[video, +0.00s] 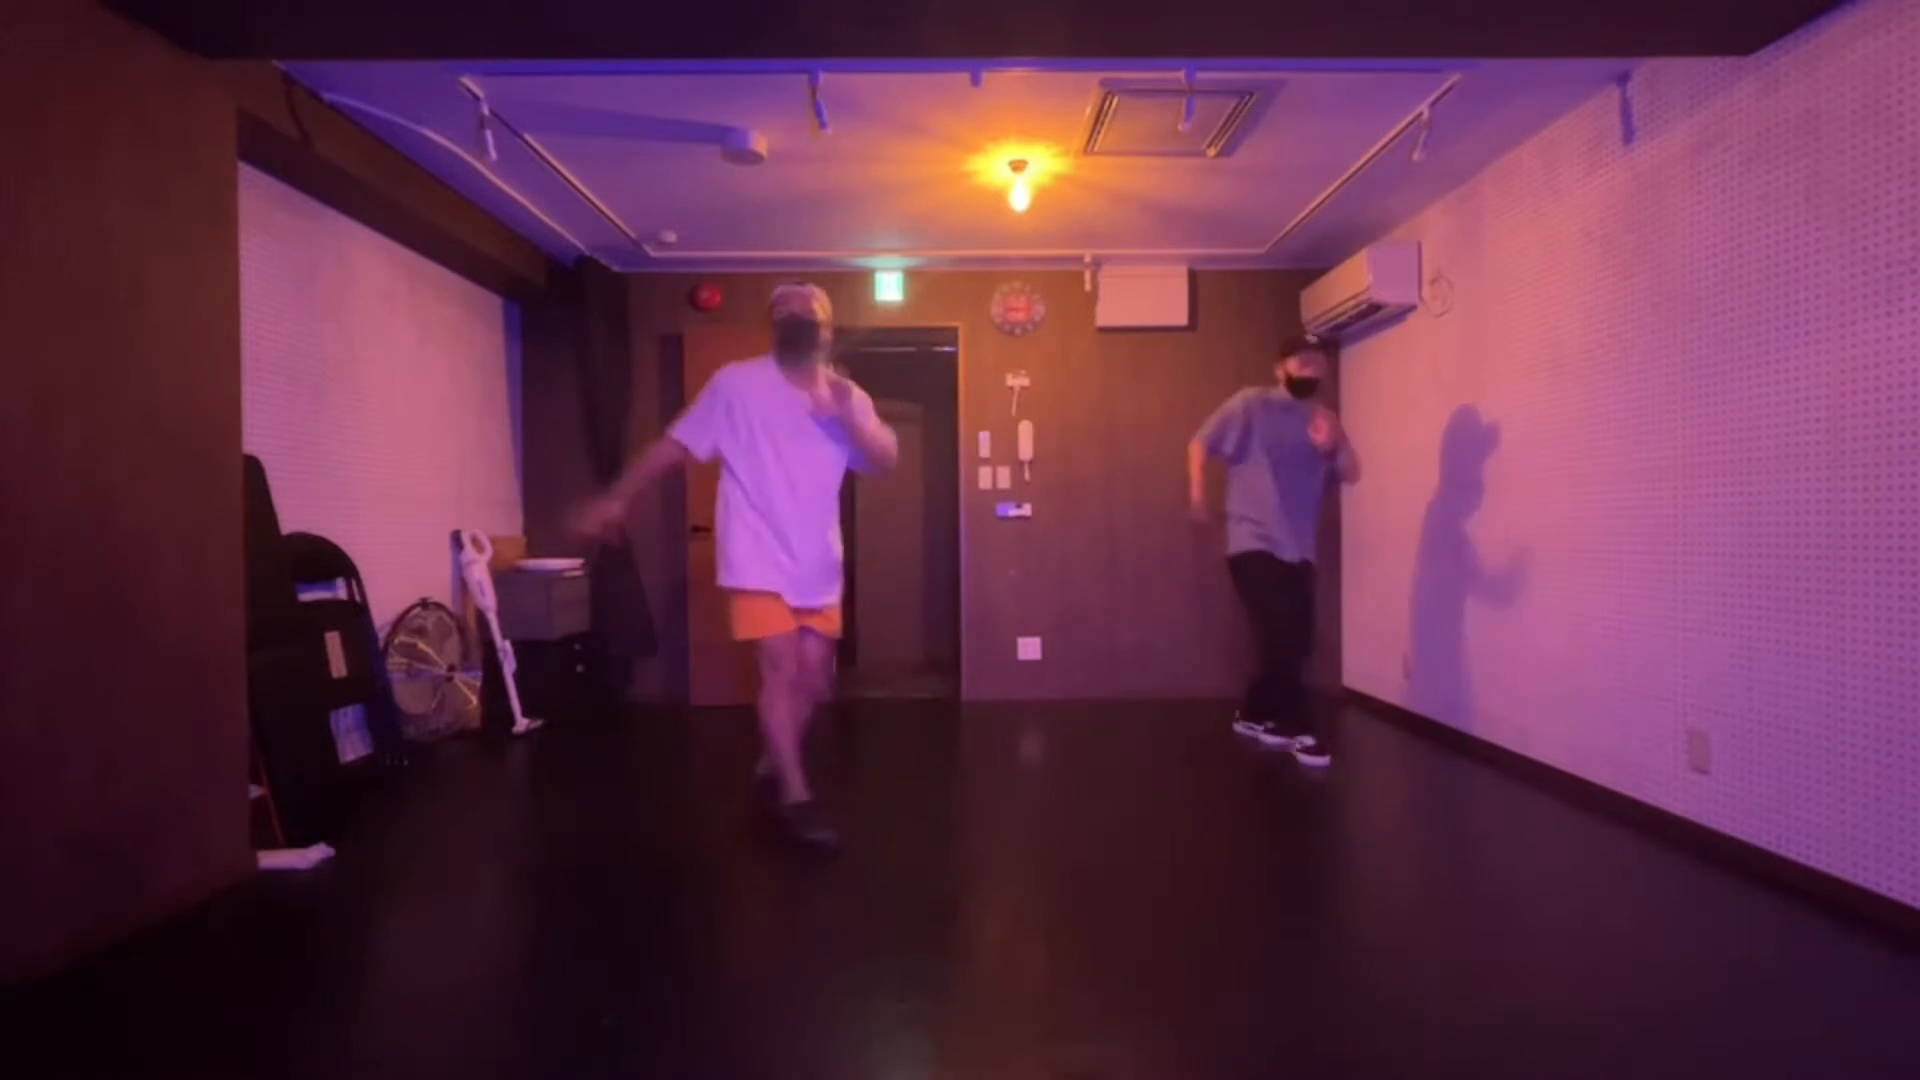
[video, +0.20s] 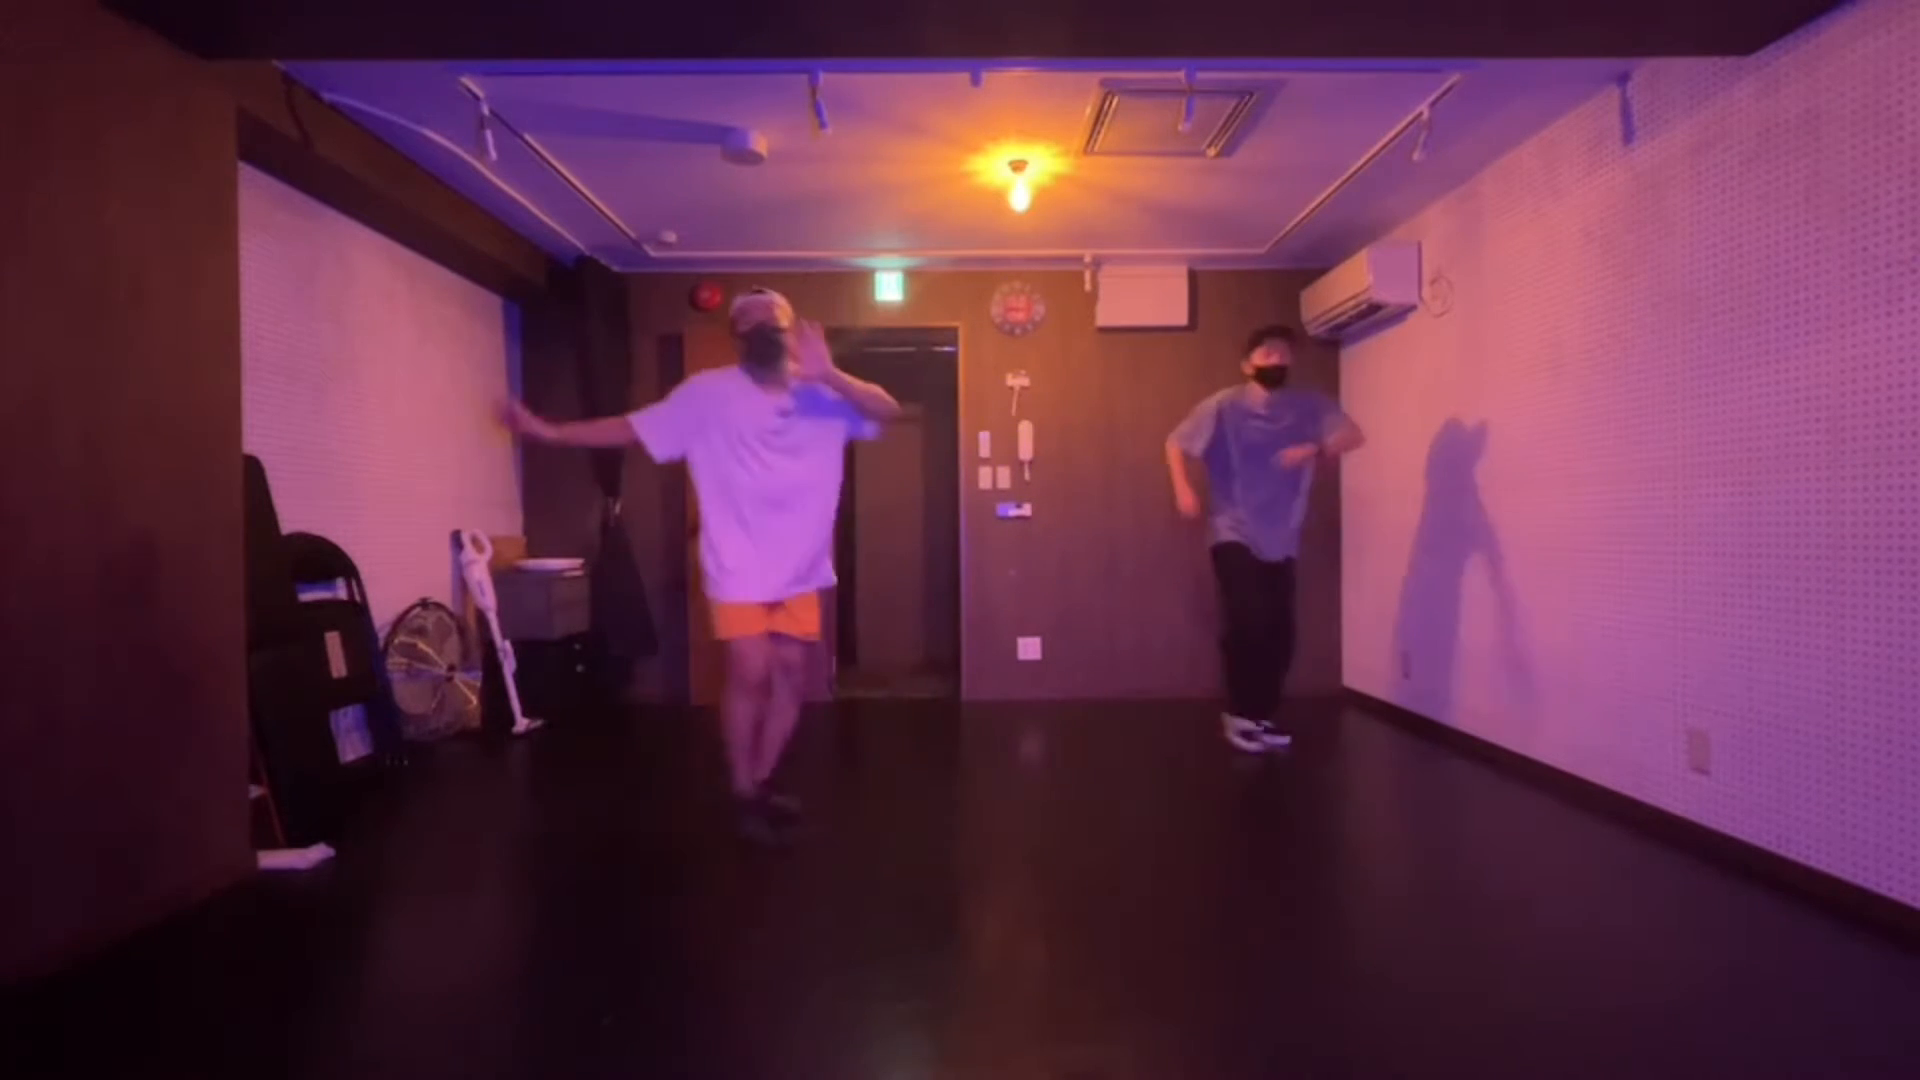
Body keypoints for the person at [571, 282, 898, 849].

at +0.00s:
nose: (800, 328)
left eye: (811, 320)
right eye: (790, 319)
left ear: (829, 330)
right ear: (774, 326)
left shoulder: (843, 393)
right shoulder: (737, 384)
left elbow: (886, 458)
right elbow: (673, 446)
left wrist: (847, 414)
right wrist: (617, 499)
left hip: (818, 555)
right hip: (756, 554)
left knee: (814, 673)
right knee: (780, 665)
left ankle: (769, 769)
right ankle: (795, 796)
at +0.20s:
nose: (764, 333)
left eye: (773, 324)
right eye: (751, 326)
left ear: (793, 333)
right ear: (735, 340)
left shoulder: (822, 395)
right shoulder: (709, 393)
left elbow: (889, 411)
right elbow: (630, 429)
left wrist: (829, 374)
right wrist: (551, 432)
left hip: (801, 566)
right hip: (735, 566)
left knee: (790, 675)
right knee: (750, 671)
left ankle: (759, 784)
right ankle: (742, 792)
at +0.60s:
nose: (682, 317)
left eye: (693, 306)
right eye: (673, 309)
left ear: (716, 315)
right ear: (661, 321)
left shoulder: (761, 370)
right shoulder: (642, 378)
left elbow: (826, 349)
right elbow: (568, 405)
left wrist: (759, 339)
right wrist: (513, 381)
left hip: (755, 548)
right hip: (682, 555)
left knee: (764, 659)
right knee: (681, 671)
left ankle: (761, 781)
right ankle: (678, 779)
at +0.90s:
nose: (635, 323)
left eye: (646, 312)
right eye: (623, 315)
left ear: (670, 319)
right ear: (609, 328)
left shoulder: (713, 363)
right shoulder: (599, 396)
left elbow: (786, 372)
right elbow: (587, 469)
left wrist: (769, 418)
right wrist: (558, 447)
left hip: (723, 544)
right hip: (654, 555)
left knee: (711, 667)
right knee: (663, 676)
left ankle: (732, 783)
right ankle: (680, 783)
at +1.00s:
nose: (613, 345)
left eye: (624, 333)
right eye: (600, 337)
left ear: (649, 339)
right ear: (586, 351)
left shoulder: (701, 377)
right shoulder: (587, 425)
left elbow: (777, 375)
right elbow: (569, 499)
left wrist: (810, 438)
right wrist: (544, 455)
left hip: (720, 551)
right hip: (652, 566)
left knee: (682, 677)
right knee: (649, 689)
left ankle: (658, 805)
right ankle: (693, 779)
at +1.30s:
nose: (601, 363)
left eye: (613, 351)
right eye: (588, 355)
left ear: (640, 356)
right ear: (574, 368)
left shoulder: (694, 404)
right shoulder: (571, 441)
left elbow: (782, 440)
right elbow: (548, 525)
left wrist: (790, 517)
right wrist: (513, 518)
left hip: (700, 593)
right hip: (629, 603)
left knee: (659, 717)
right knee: (629, 728)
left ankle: (632, 823)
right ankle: (687, 767)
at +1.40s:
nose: (615, 339)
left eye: (629, 326)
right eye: (603, 328)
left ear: (657, 335)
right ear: (588, 340)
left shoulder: (707, 398)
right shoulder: (574, 423)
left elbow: (768, 476)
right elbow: (548, 505)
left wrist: (758, 544)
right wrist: (531, 558)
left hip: (695, 584)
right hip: (620, 587)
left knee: (661, 712)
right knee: (617, 711)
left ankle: (631, 823)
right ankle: (672, 752)